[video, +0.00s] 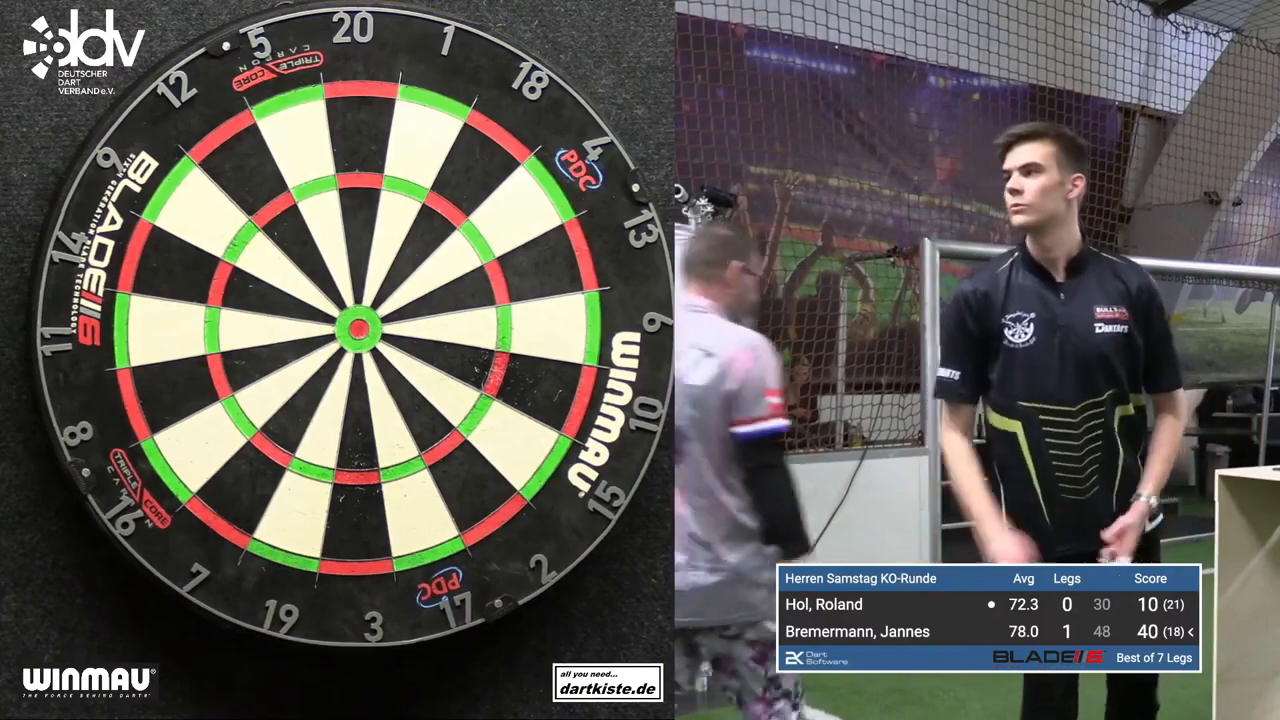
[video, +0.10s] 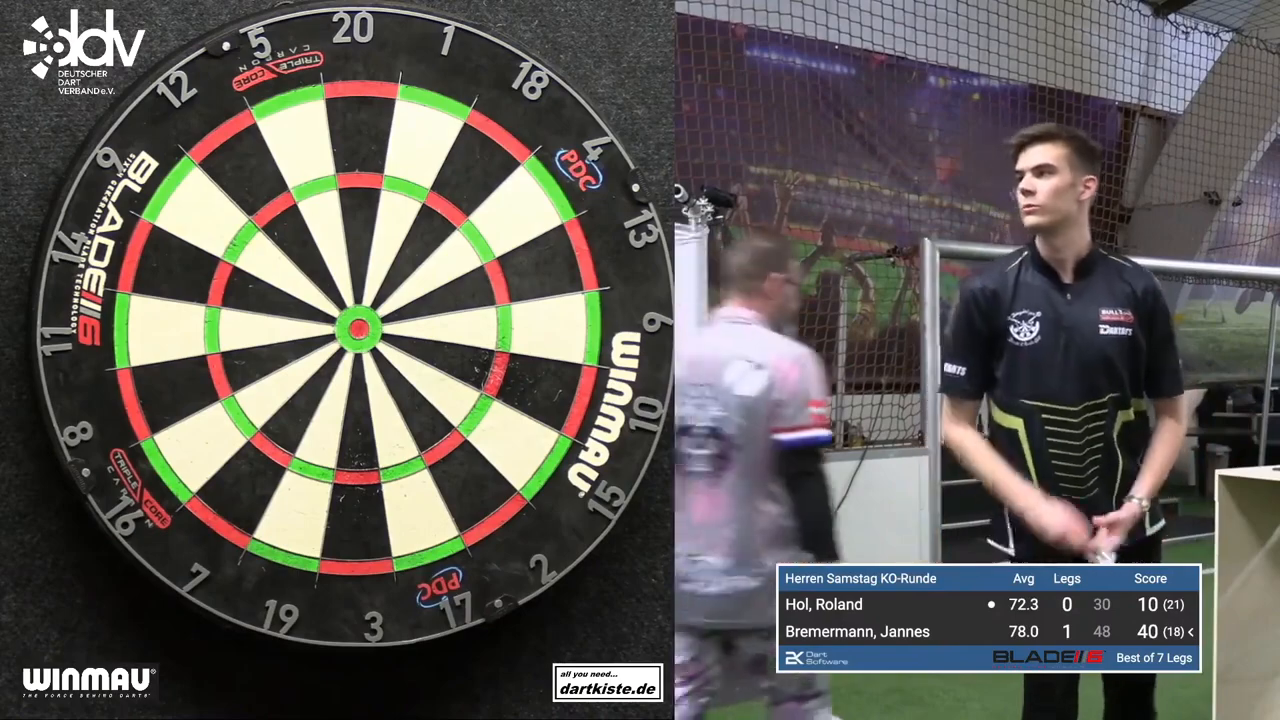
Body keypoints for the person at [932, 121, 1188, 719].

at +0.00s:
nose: (1012, 186)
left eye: (1030, 172)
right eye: (1008, 176)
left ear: (1074, 186)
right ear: (1004, 190)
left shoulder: (1131, 289)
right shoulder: (979, 299)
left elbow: (1171, 411)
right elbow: (953, 431)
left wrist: (1141, 508)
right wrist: (995, 535)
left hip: (1125, 543)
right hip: (1034, 551)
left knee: (1136, 697)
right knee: (1048, 700)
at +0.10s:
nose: (1025, 187)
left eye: (1043, 173)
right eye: (1020, 177)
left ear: (1087, 188)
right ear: (1014, 192)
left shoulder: (1138, 291)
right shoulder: (989, 294)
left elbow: (1171, 418)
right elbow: (955, 423)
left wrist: (1134, 505)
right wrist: (1035, 506)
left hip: (1126, 537)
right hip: (1034, 542)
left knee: (1133, 692)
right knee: (1048, 695)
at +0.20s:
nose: (1042, 188)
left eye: (1059, 175)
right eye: (1035, 179)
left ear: (1102, 189)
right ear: (1028, 193)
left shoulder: (1148, 295)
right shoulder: (996, 293)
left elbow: (1182, 418)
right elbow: (945, 404)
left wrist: (1148, 502)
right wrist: (1031, 454)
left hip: (1132, 537)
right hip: (1040, 538)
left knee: (1142, 695)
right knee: (1052, 696)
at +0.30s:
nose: (1058, 190)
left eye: (1075, 176)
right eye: (1049, 179)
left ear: (1114, 189)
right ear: (1042, 193)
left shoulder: (1155, 296)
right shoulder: (1002, 291)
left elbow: (1193, 415)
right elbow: (938, 386)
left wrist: (1166, 501)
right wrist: (1021, 410)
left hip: (1136, 535)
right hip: (1043, 537)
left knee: (1155, 694)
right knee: (1056, 696)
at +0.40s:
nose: (1077, 190)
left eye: (1092, 177)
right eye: (1066, 181)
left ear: (1127, 190)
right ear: (1056, 196)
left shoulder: (1163, 296)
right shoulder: (1017, 286)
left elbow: (1206, 416)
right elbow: (934, 373)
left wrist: (1182, 505)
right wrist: (1018, 384)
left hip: (1143, 534)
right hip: (1052, 535)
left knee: (1172, 695)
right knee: (1062, 695)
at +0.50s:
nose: (1100, 194)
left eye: (1115, 180)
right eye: (1090, 184)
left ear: (1149, 192)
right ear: (1080, 199)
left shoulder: (1187, 302)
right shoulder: (1044, 286)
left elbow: (1228, 417)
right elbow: (953, 367)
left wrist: (1207, 507)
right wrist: (1042, 416)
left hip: (1163, 537)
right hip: (1070, 536)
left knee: (1195, 694)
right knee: (1073, 695)